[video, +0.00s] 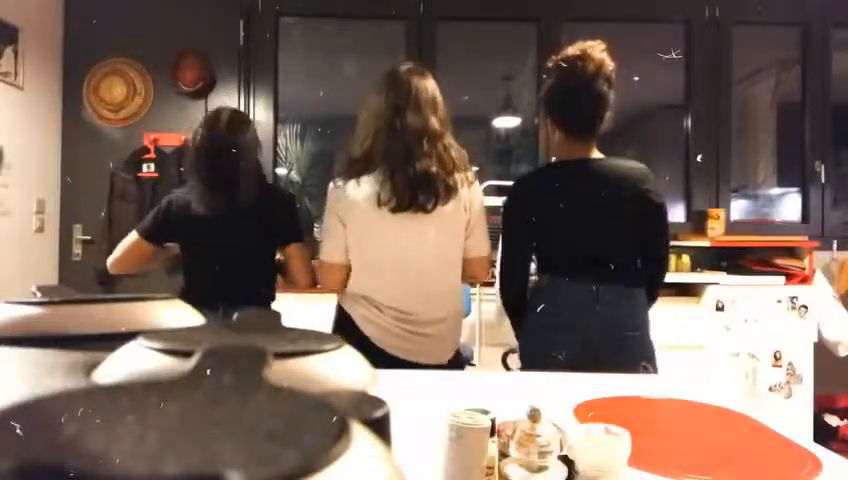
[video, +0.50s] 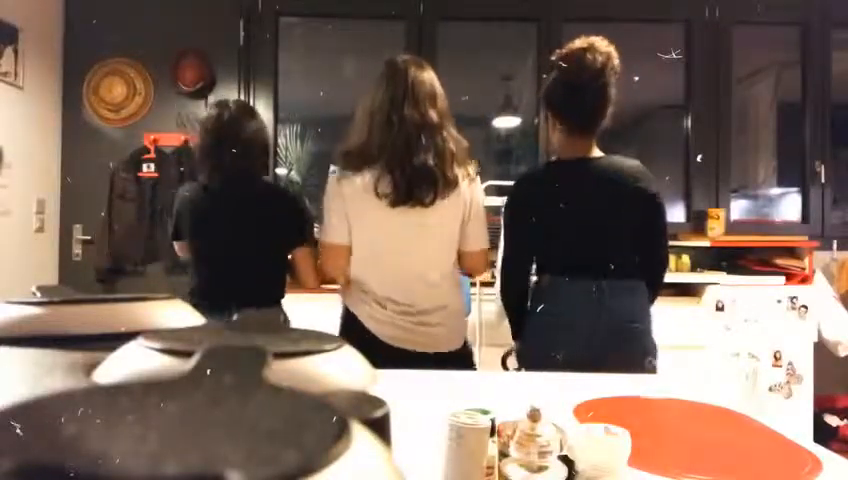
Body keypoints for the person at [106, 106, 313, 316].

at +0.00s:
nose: (260, 148)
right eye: (256, 143)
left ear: (198, 153)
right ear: (253, 149)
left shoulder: (181, 203)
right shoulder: (277, 202)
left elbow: (117, 264)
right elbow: (303, 279)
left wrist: (169, 252)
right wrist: (270, 262)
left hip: (194, 330)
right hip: (258, 332)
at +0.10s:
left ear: (197, 150)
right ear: (254, 149)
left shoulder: (182, 203)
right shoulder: (278, 203)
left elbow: (113, 262)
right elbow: (304, 280)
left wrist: (173, 253)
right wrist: (270, 260)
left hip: (194, 331)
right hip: (260, 333)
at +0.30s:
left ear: (198, 146)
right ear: (260, 145)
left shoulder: (182, 202)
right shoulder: (281, 202)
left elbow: (139, 270)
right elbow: (306, 279)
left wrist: (177, 246)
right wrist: (274, 260)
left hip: (202, 332)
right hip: (265, 331)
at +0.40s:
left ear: (206, 157)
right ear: (263, 154)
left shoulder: (191, 208)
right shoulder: (283, 208)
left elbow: (166, 264)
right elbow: (309, 286)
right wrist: (279, 260)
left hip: (209, 335)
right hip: (269, 335)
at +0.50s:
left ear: (204, 149)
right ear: (262, 146)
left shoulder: (190, 199)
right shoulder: (284, 200)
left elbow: (183, 250)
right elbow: (309, 280)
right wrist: (279, 257)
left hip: (207, 327)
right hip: (268, 325)